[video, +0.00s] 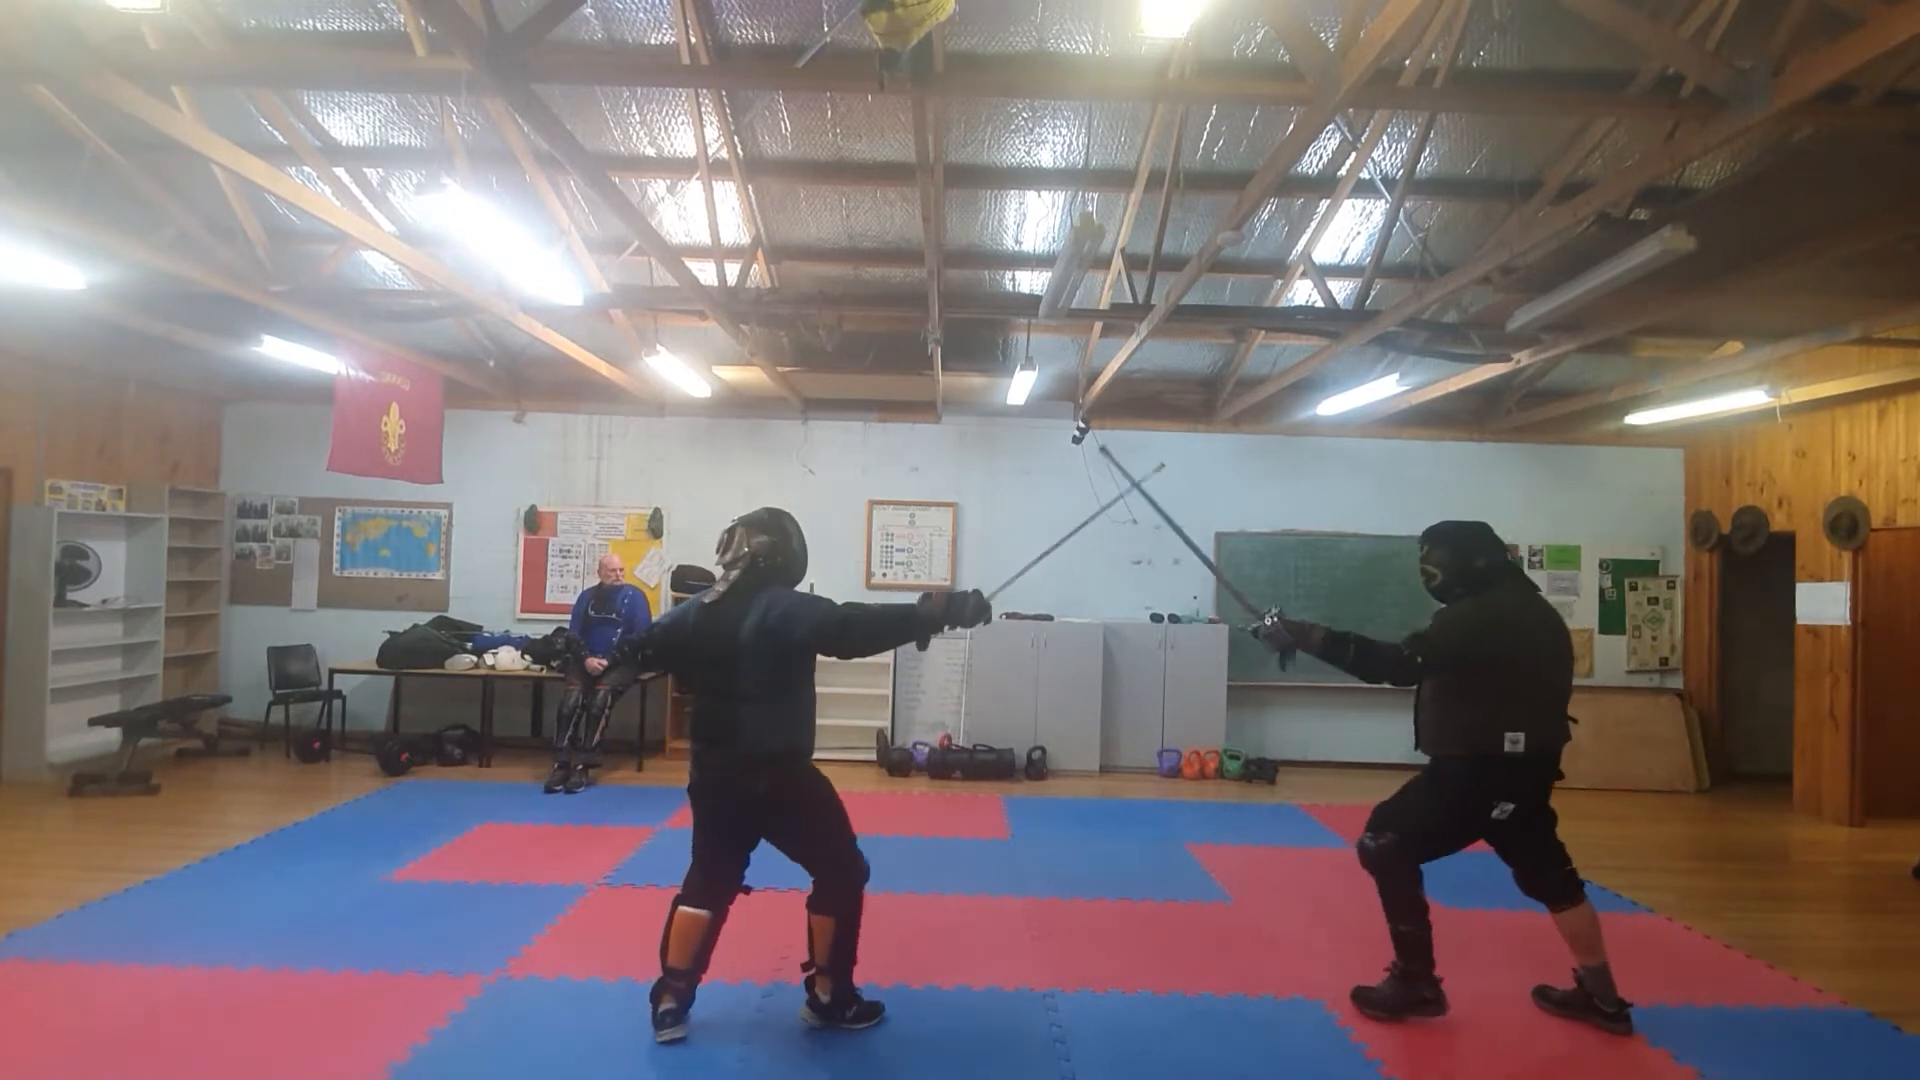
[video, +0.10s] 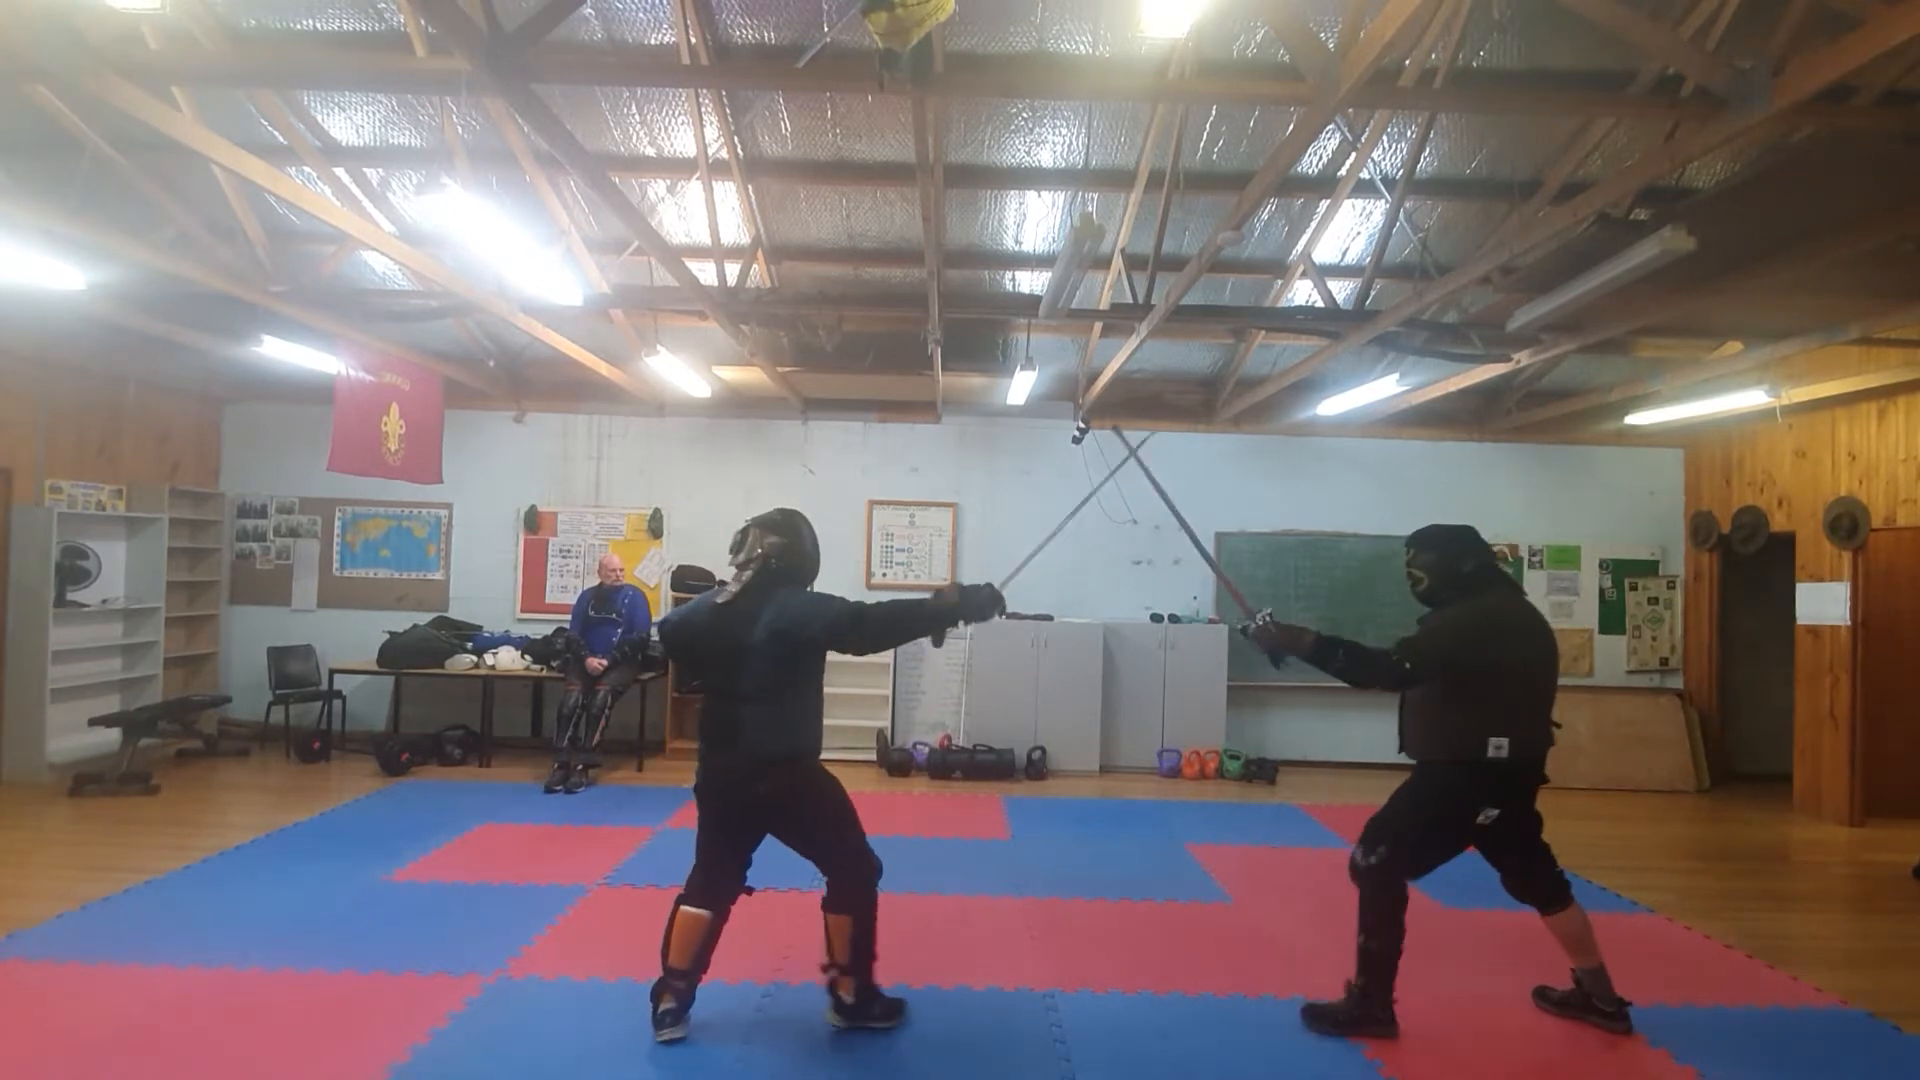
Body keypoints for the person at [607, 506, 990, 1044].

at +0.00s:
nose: (798, 568)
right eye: (796, 558)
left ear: (730, 554)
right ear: (787, 559)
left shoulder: (693, 617)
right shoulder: (792, 611)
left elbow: (642, 649)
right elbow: (858, 627)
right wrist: (938, 610)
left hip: (715, 783)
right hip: (785, 782)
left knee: (708, 880)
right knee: (840, 871)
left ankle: (671, 999)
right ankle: (830, 997)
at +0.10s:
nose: (813, 568)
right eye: (810, 558)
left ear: (744, 556)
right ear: (802, 560)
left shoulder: (707, 613)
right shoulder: (805, 610)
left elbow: (663, 633)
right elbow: (871, 623)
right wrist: (953, 605)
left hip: (721, 781)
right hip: (792, 779)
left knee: (710, 880)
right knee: (852, 868)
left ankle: (670, 1000)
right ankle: (852, 997)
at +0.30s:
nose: (824, 572)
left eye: (821, 563)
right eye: (822, 563)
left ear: (762, 559)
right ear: (813, 565)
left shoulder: (729, 616)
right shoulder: (806, 624)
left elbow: (685, 631)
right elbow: (846, 699)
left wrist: (736, 598)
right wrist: (917, 671)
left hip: (737, 782)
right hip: (803, 784)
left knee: (722, 872)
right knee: (863, 876)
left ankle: (658, 983)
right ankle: (869, 1005)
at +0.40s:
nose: (813, 577)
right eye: (810, 567)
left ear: (747, 564)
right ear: (802, 571)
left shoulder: (719, 622)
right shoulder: (791, 630)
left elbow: (686, 632)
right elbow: (819, 714)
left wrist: (718, 605)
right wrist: (897, 700)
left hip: (728, 788)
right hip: (795, 790)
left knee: (706, 882)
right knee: (857, 881)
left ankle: (634, 984)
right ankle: (866, 1006)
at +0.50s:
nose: (795, 584)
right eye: (791, 574)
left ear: (730, 570)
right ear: (782, 577)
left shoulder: (700, 629)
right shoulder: (766, 640)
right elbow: (781, 714)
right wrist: (862, 698)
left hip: (706, 794)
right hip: (771, 797)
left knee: (680, 893)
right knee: (837, 889)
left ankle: (617, 1001)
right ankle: (866, 1007)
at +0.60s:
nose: (779, 587)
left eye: (778, 576)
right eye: (778, 575)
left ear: (716, 570)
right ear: (766, 576)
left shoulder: (694, 622)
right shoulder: (742, 631)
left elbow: (654, 642)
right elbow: (751, 702)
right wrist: (841, 700)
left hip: (684, 795)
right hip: (745, 797)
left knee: (670, 892)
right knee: (808, 893)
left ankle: (612, 1004)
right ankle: (855, 1004)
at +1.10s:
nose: (799, 573)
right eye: (797, 564)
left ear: (730, 560)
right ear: (787, 566)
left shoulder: (694, 621)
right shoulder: (778, 623)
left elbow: (643, 643)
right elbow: (826, 681)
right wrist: (910, 675)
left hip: (703, 793)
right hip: (773, 794)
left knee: (671, 892)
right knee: (817, 895)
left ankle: (611, 1008)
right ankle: (854, 1009)